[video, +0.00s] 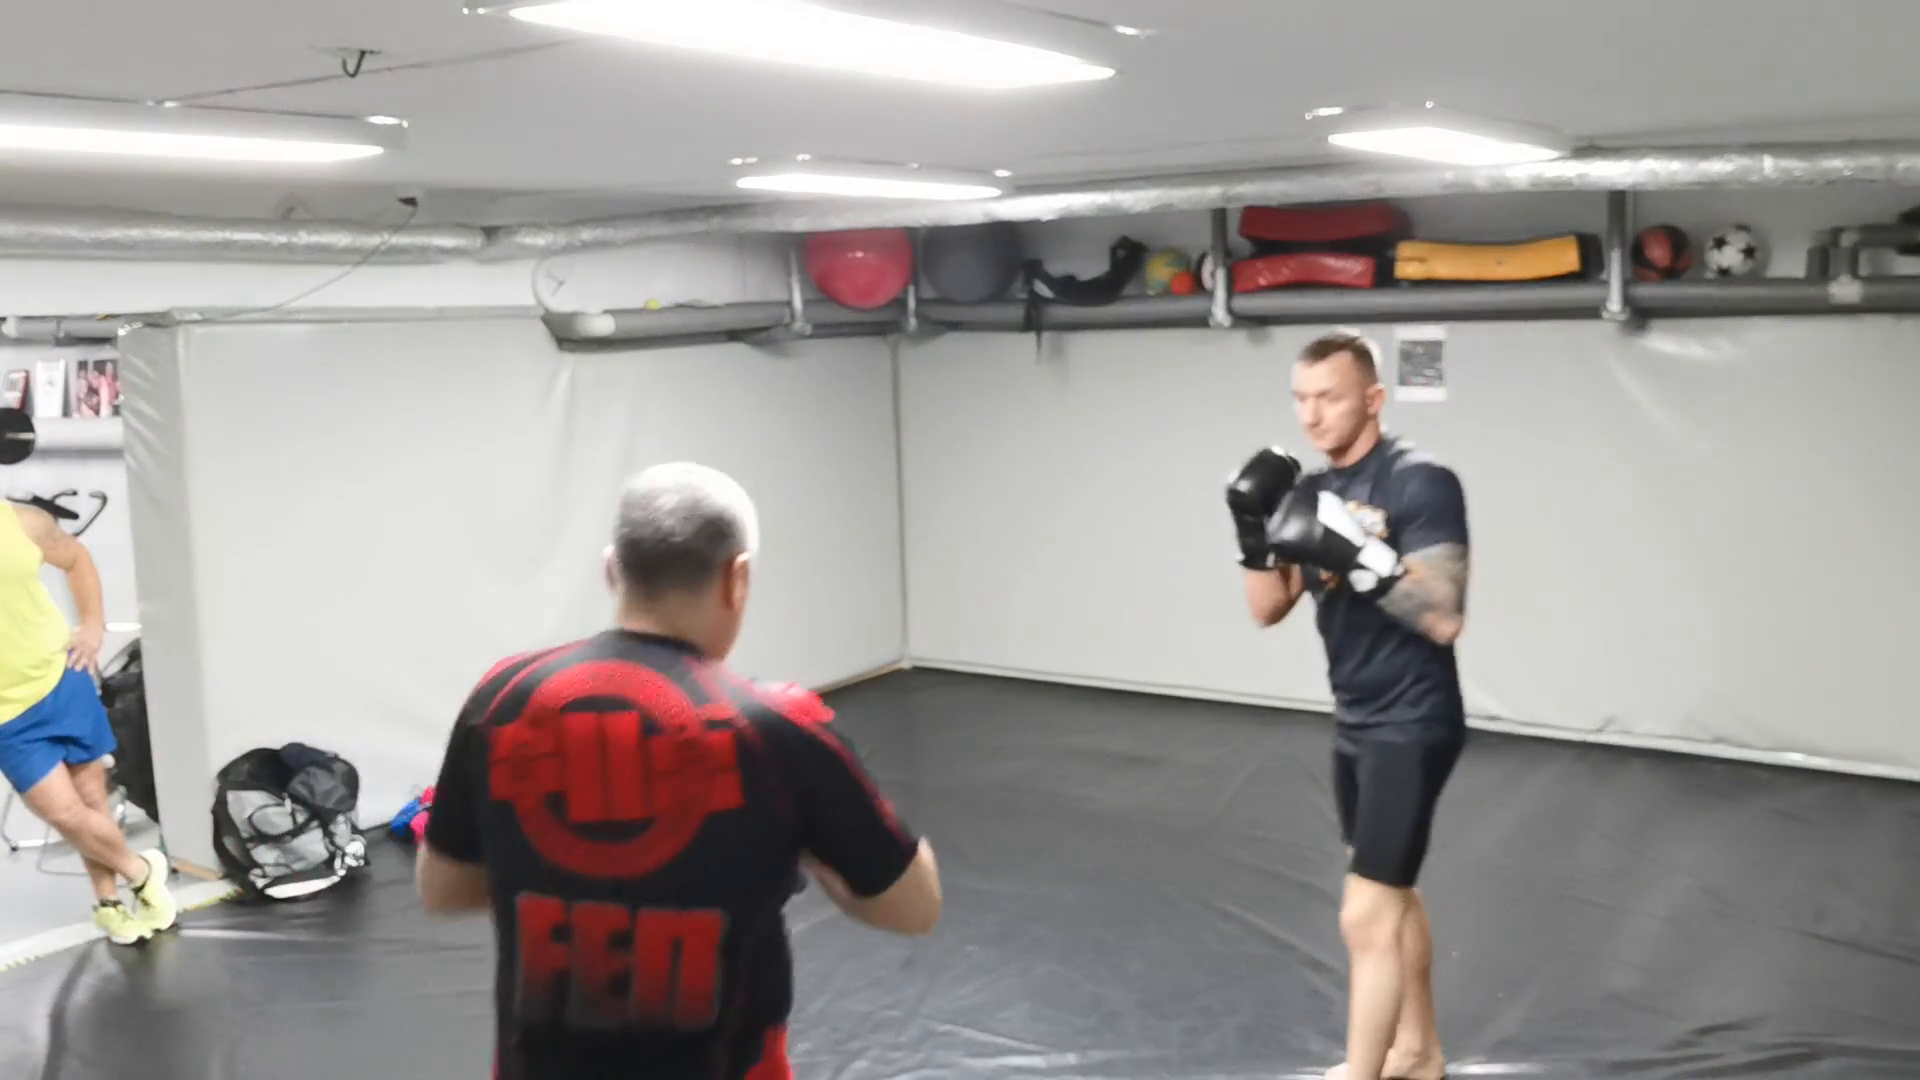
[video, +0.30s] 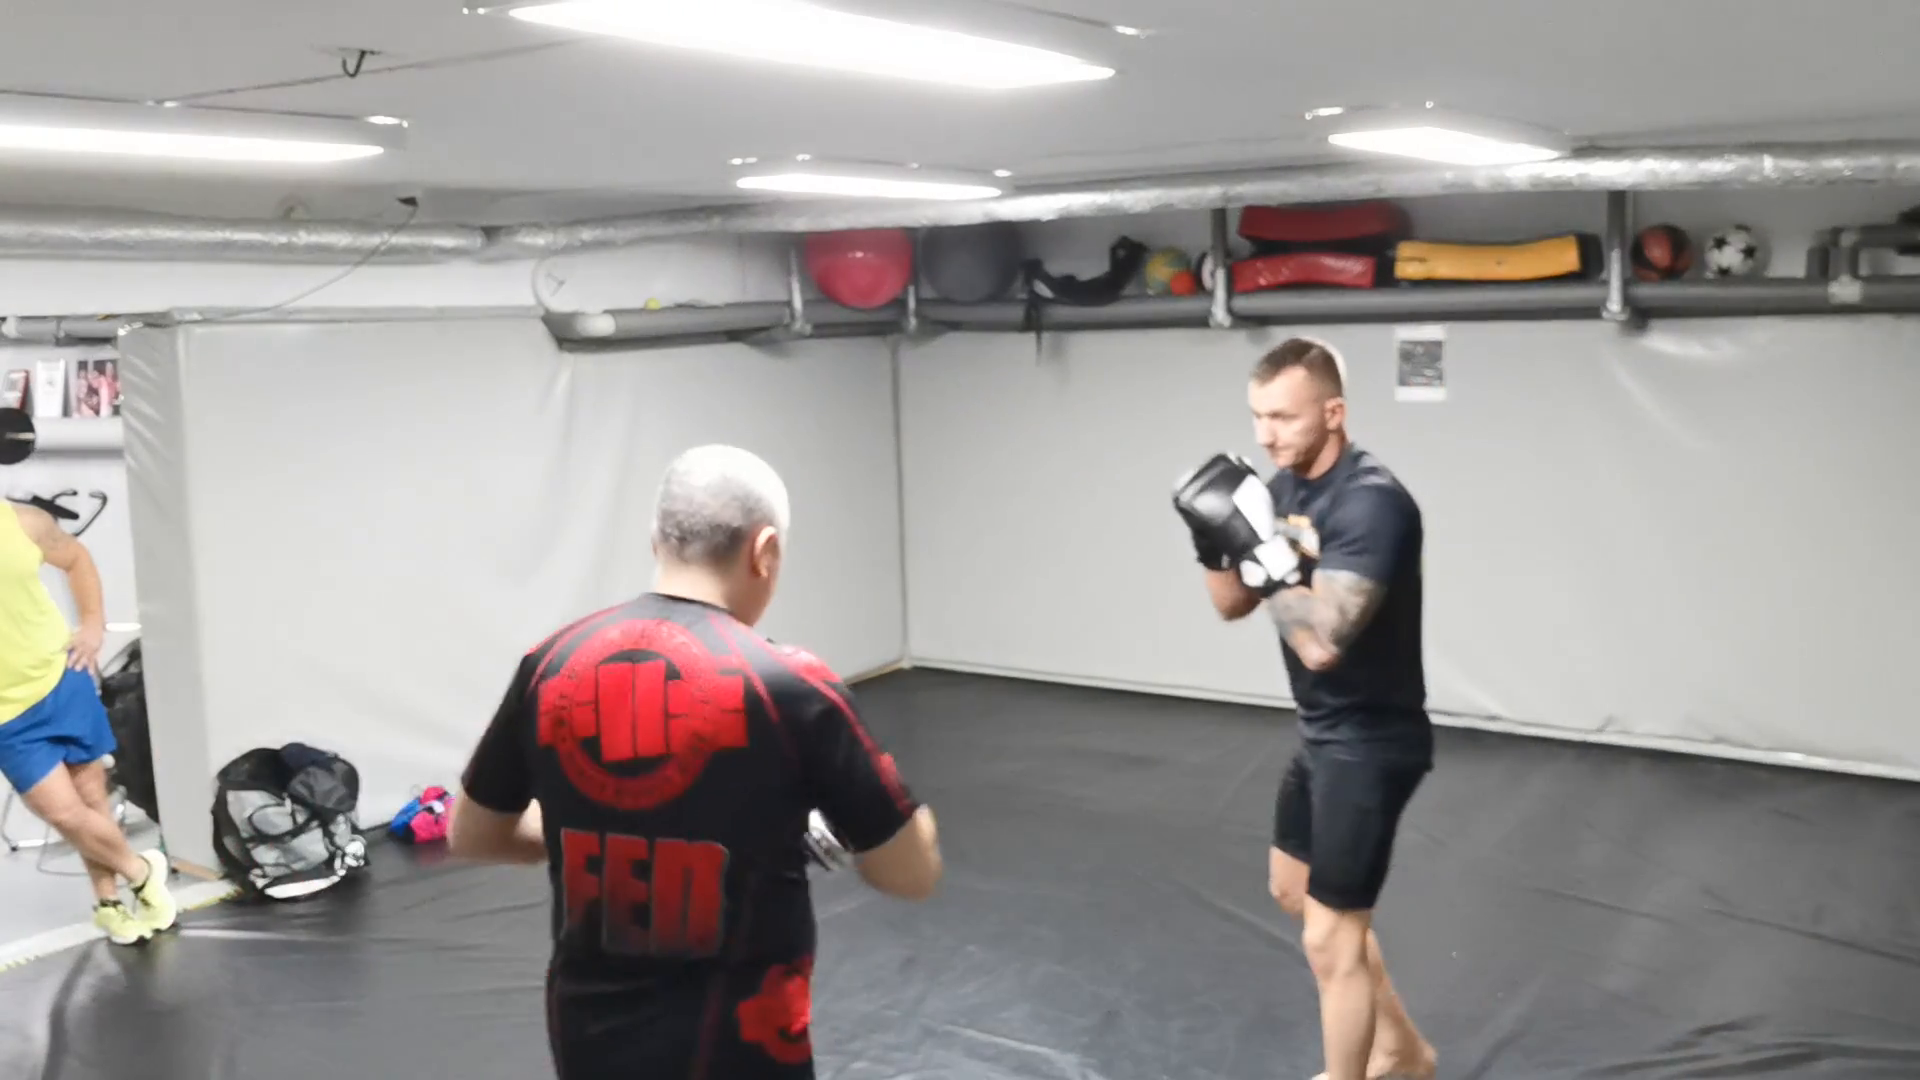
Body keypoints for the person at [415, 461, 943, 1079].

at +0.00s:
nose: (750, 597)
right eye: (750, 576)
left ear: (610, 570)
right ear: (737, 580)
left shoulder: (504, 699)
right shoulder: (777, 729)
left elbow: (442, 888)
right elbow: (914, 906)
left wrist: (570, 859)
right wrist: (799, 830)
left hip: (540, 1058)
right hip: (724, 1059)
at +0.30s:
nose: (781, 575)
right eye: (784, 555)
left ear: (659, 541)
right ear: (764, 553)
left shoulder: (554, 661)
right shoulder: (788, 686)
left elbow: (476, 832)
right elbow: (914, 873)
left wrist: (606, 834)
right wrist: (832, 815)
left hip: (594, 1034)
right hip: (741, 1039)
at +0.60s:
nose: (795, 586)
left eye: (802, 566)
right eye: (799, 565)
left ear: (693, 536)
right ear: (769, 556)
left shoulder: (609, 636)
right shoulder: (730, 676)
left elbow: (628, 826)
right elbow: (760, 893)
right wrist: (847, 999)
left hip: (582, 975)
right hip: (674, 1007)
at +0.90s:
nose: (754, 576)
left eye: (761, 557)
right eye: (758, 555)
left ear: (656, 527)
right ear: (724, 546)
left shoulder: (588, 608)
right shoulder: (686, 672)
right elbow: (711, 892)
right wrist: (790, 1022)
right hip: (672, 995)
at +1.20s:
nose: (721, 587)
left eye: (726, 568)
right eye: (722, 565)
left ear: (614, 544)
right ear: (685, 560)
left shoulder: (533, 634)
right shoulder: (669, 695)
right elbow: (714, 914)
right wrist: (779, 1035)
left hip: (554, 975)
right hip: (658, 1019)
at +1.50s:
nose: (696, 591)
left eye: (698, 574)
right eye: (694, 573)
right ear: (649, 571)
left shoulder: (528, 629)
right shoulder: (588, 728)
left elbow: (655, 723)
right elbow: (625, 947)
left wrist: (799, 697)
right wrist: (730, 1052)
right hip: (595, 1047)